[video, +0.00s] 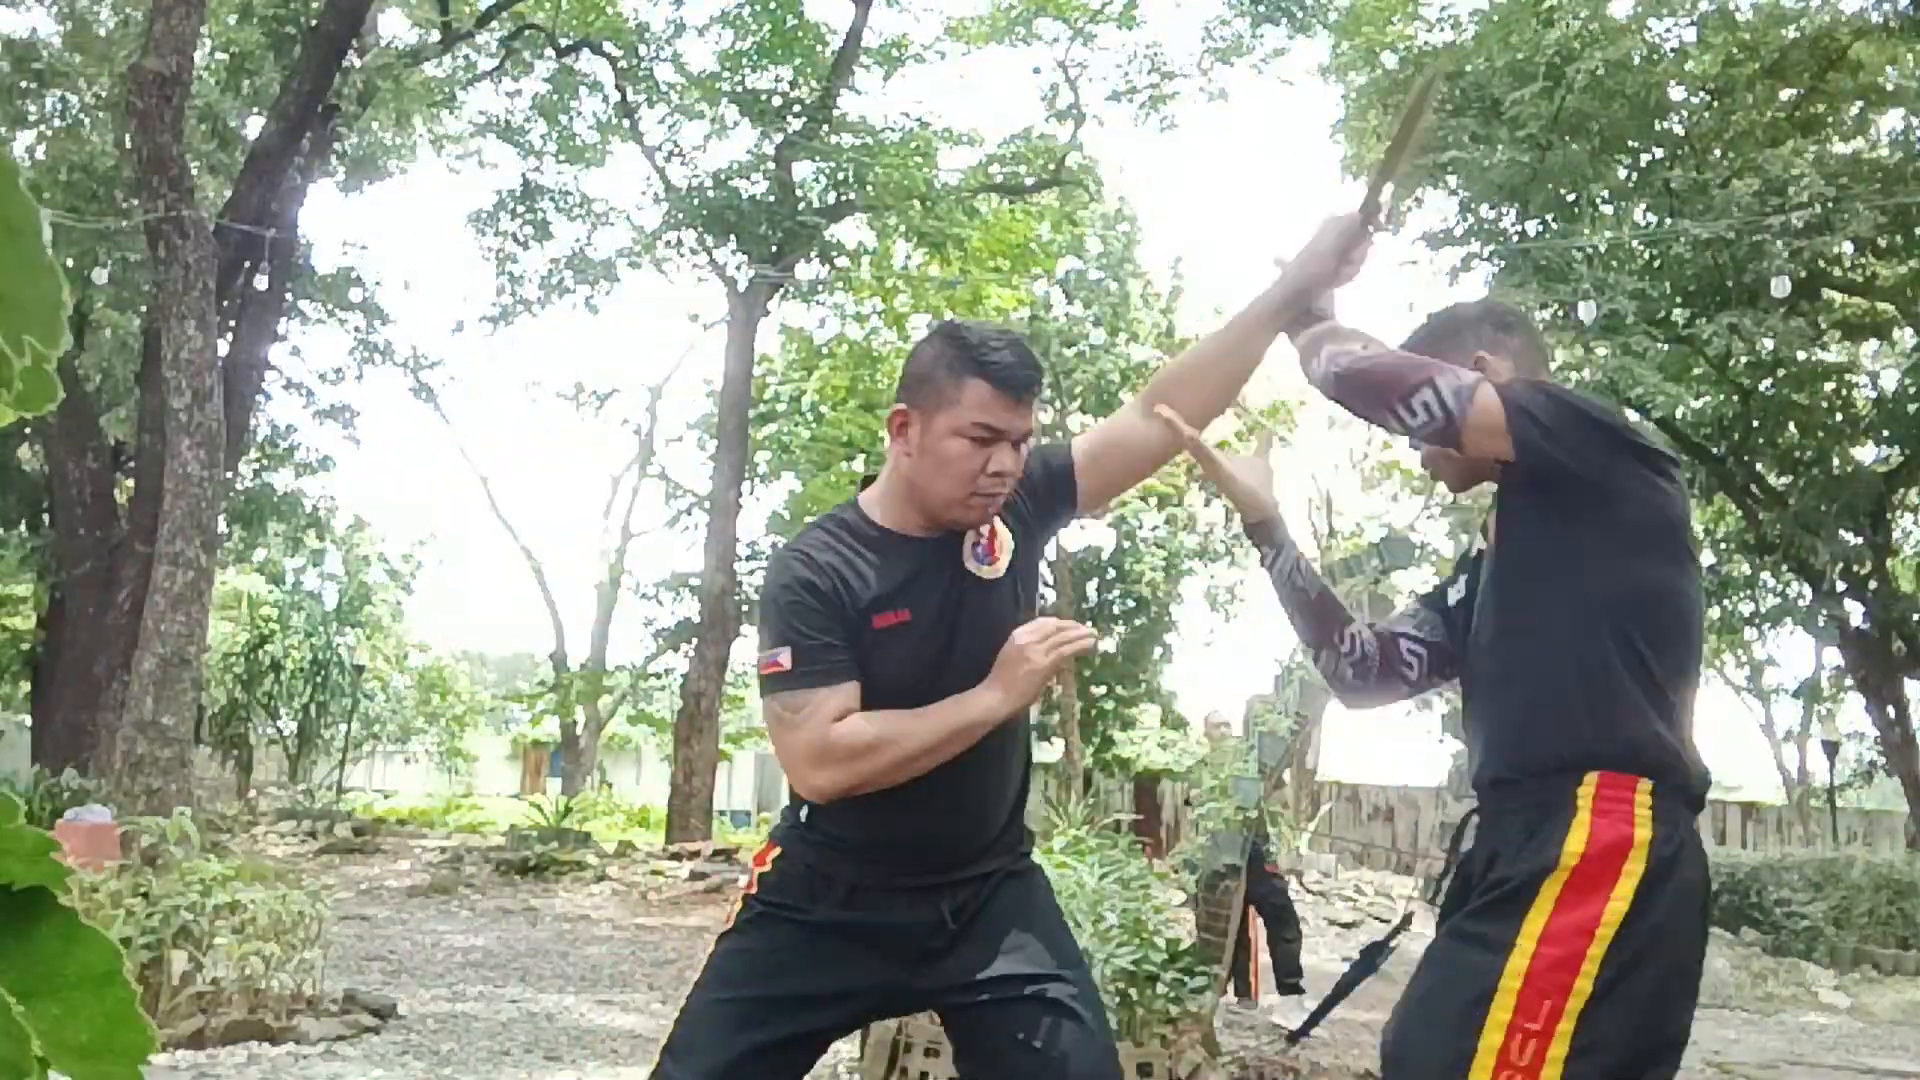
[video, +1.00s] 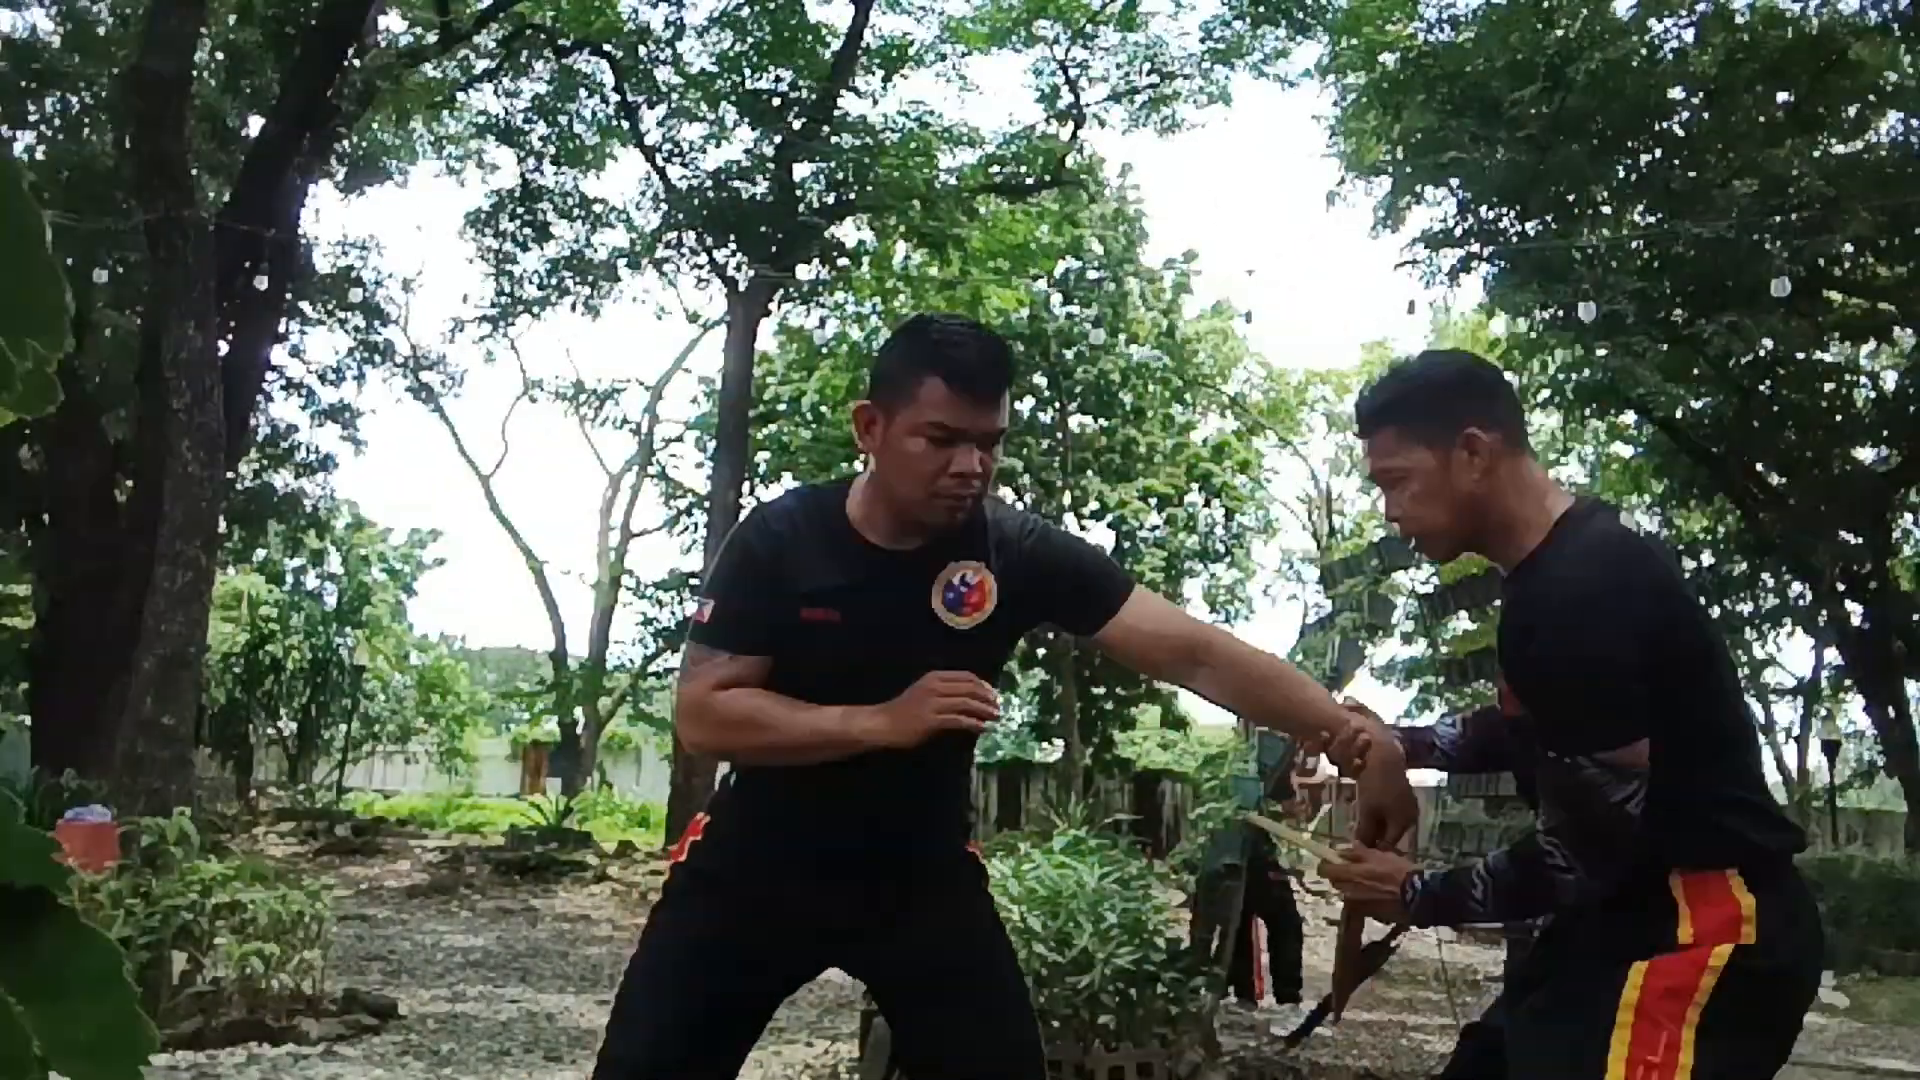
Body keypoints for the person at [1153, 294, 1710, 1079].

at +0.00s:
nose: (1413, 433)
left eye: (1426, 398)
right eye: (1409, 412)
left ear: (1489, 367)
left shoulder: (1608, 447)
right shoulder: (1496, 568)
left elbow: (1360, 373)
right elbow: (1361, 667)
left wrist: (1315, 327)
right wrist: (1264, 524)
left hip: (1599, 847)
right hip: (1520, 849)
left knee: (1446, 1058)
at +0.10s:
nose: (1409, 415)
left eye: (1423, 386)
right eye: (1398, 400)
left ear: (1501, 366)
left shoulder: (1632, 445)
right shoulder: (1453, 546)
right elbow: (1365, 662)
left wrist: (1322, 363)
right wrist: (1274, 495)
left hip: (1655, 847)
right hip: (1534, 857)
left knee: (1543, 1057)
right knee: (1465, 1064)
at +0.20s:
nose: (1431, 421)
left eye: (1452, 382)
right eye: (1411, 401)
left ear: (1529, 368)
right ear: (1402, 412)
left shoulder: (1647, 468)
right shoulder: (1458, 545)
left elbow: (1529, 581)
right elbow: (1394, 696)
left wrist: (1346, 462)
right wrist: (1283, 563)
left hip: (1685, 856)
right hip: (1549, 865)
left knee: (1611, 1060)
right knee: (1474, 1062)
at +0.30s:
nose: (1484, 417)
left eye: (1506, 380)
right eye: (1451, 397)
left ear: (1556, 381)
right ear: (1426, 429)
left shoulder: (1666, 502)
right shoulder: (1458, 562)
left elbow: (1621, 727)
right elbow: (1463, 766)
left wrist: (1380, 657)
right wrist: (1349, 745)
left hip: (1726, 867)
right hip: (1580, 865)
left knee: (1646, 1058)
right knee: (1500, 1057)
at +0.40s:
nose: (1513, 429)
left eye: (1533, 396)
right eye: (1474, 411)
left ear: (1575, 407)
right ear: (1439, 448)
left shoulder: (1685, 538)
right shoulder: (1466, 574)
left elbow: (1701, 799)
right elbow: (1485, 757)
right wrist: (1358, 794)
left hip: (1747, 897)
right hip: (1590, 879)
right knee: (1510, 1059)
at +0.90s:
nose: (1437, 489)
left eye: (1452, 454)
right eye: (1426, 464)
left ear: (1544, 426)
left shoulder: (1690, 569)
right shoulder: (1525, 568)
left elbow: (1697, 832)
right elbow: (1546, 738)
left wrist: (1480, 908)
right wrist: (1398, 770)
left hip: (1751, 920)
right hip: (1617, 893)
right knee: (1504, 1062)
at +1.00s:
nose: (1389, 514)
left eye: (1397, 481)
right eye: (1381, 488)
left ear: (1474, 453)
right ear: (1477, 456)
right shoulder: (1557, 570)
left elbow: (1591, 848)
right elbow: (1535, 735)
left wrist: (1422, 897)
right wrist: (1406, 745)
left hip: (1702, 931)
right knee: (1490, 1058)